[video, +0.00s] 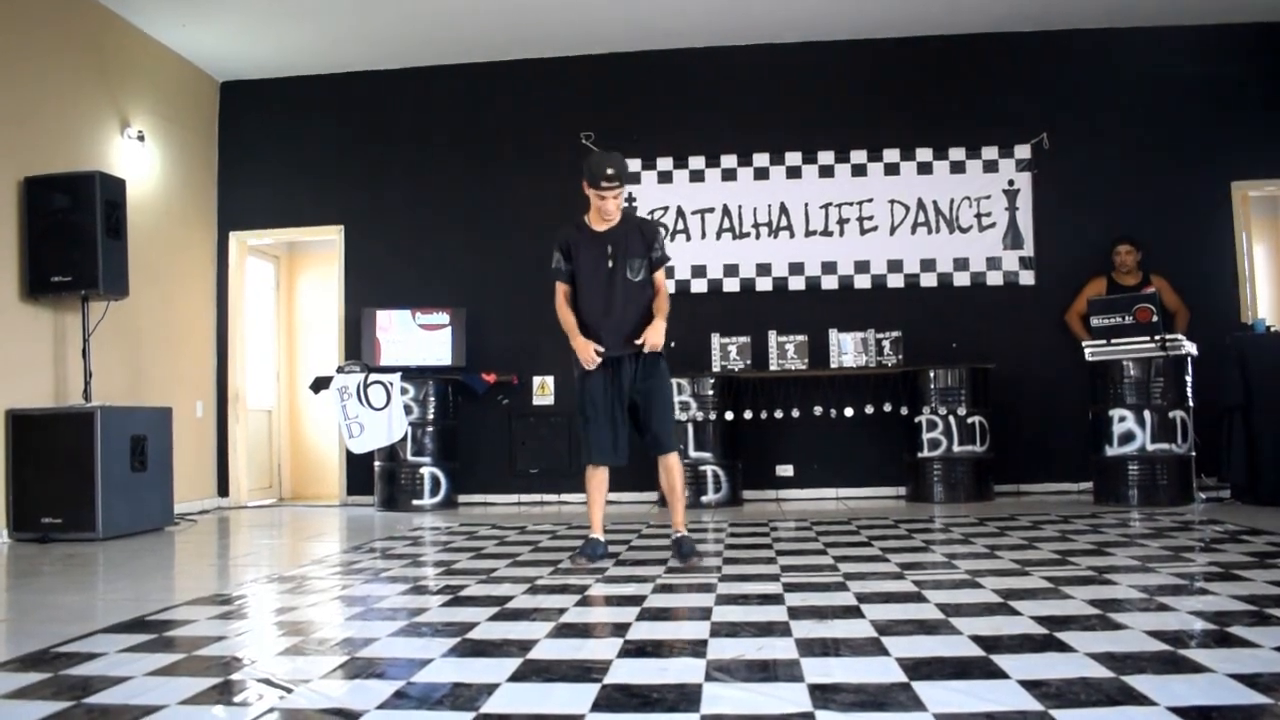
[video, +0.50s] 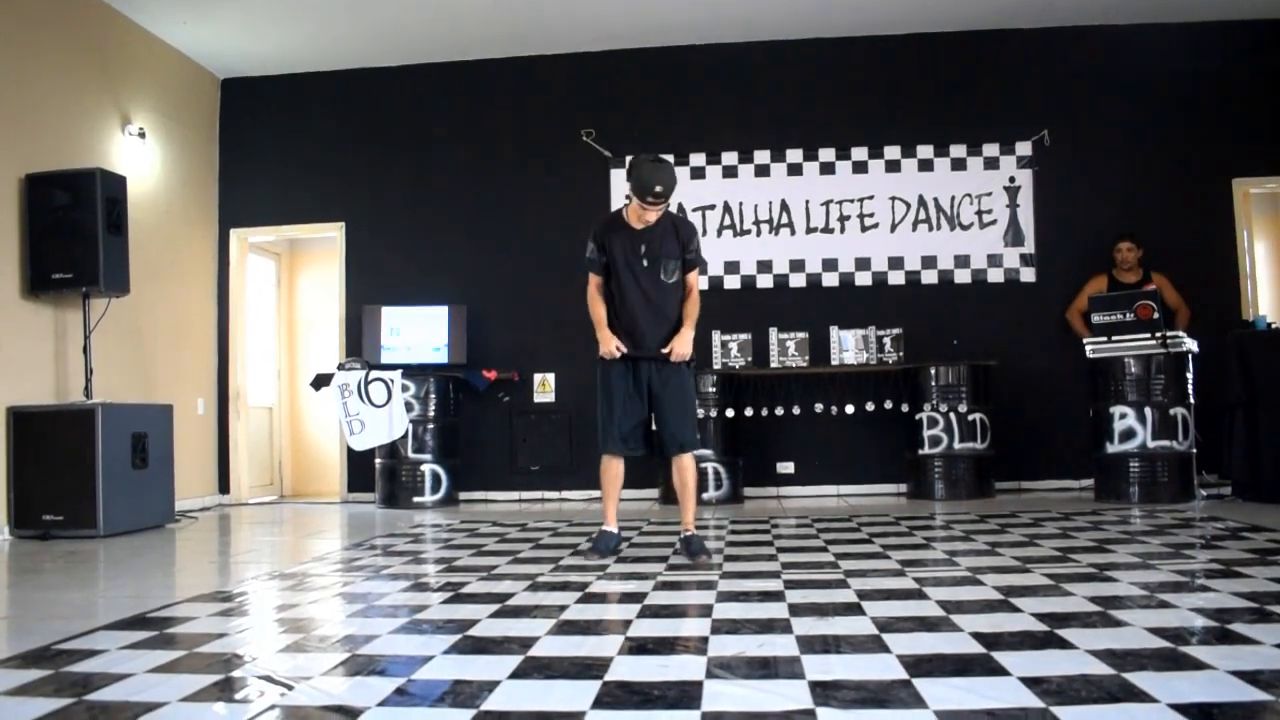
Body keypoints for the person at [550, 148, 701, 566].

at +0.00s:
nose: (611, 205)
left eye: (617, 196)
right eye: (603, 196)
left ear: (626, 192)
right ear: (587, 190)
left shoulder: (646, 233)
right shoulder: (570, 240)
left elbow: (661, 289)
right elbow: (562, 300)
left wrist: (660, 323)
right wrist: (576, 339)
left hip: (646, 357)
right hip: (597, 361)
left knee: (666, 446)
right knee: (597, 452)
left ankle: (680, 533)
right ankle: (596, 538)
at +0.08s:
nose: (620, 210)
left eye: (627, 201)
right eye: (612, 202)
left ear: (638, 195)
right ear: (597, 193)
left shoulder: (657, 236)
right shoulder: (578, 240)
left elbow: (668, 293)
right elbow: (568, 299)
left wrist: (662, 325)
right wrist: (576, 343)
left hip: (649, 359)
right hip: (599, 363)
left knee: (672, 446)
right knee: (598, 453)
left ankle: (689, 534)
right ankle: (597, 537)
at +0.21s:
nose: (639, 215)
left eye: (645, 208)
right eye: (631, 208)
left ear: (655, 200)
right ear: (617, 199)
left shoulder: (671, 236)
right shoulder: (595, 239)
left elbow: (681, 293)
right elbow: (579, 295)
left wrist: (669, 322)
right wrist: (582, 342)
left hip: (660, 358)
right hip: (610, 361)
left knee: (678, 446)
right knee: (604, 449)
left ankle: (689, 533)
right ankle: (598, 535)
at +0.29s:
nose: (649, 217)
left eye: (657, 209)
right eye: (643, 209)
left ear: (667, 200)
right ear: (628, 197)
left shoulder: (679, 234)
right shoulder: (603, 233)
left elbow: (690, 293)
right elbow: (585, 291)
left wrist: (678, 322)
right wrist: (591, 335)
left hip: (665, 356)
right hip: (615, 358)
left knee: (680, 444)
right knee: (606, 446)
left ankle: (689, 533)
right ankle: (601, 533)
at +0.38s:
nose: (655, 219)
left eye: (663, 212)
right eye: (649, 211)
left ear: (674, 201)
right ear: (633, 197)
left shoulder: (685, 233)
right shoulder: (608, 230)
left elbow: (695, 292)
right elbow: (591, 287)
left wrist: (687, 329)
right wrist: (599, 330)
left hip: (670, 357)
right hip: (619, 356)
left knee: (681, 445)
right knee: (609, 443)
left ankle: (688, 531)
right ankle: (610, 527)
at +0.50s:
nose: (652, 214)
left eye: (660, 207)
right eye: (646, 206)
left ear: (671, 198)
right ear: (631, 193)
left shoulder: (682, 231)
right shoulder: (606, 231)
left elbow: (692, 289)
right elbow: (594, 289)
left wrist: (687, 332)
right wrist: (603, 333)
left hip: (670, 357)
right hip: (620, 357)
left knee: (682, 444)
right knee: (613, 444)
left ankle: (689, 531)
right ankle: (609, 528)